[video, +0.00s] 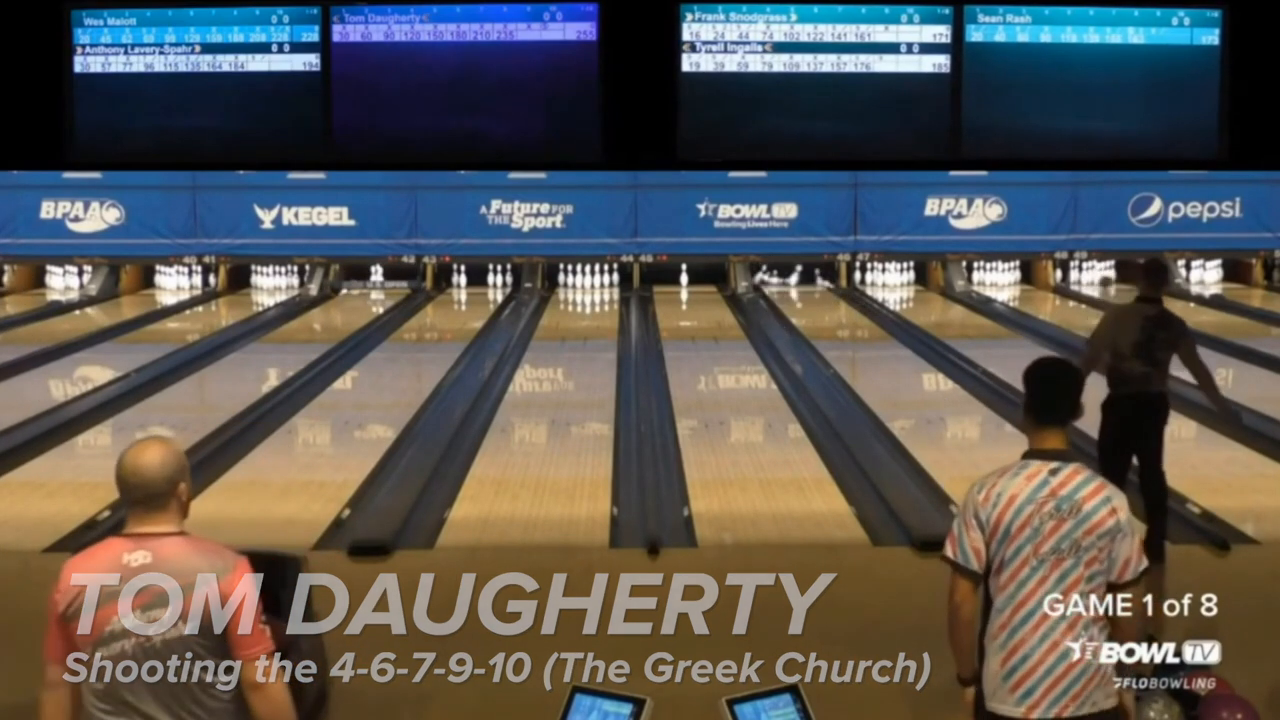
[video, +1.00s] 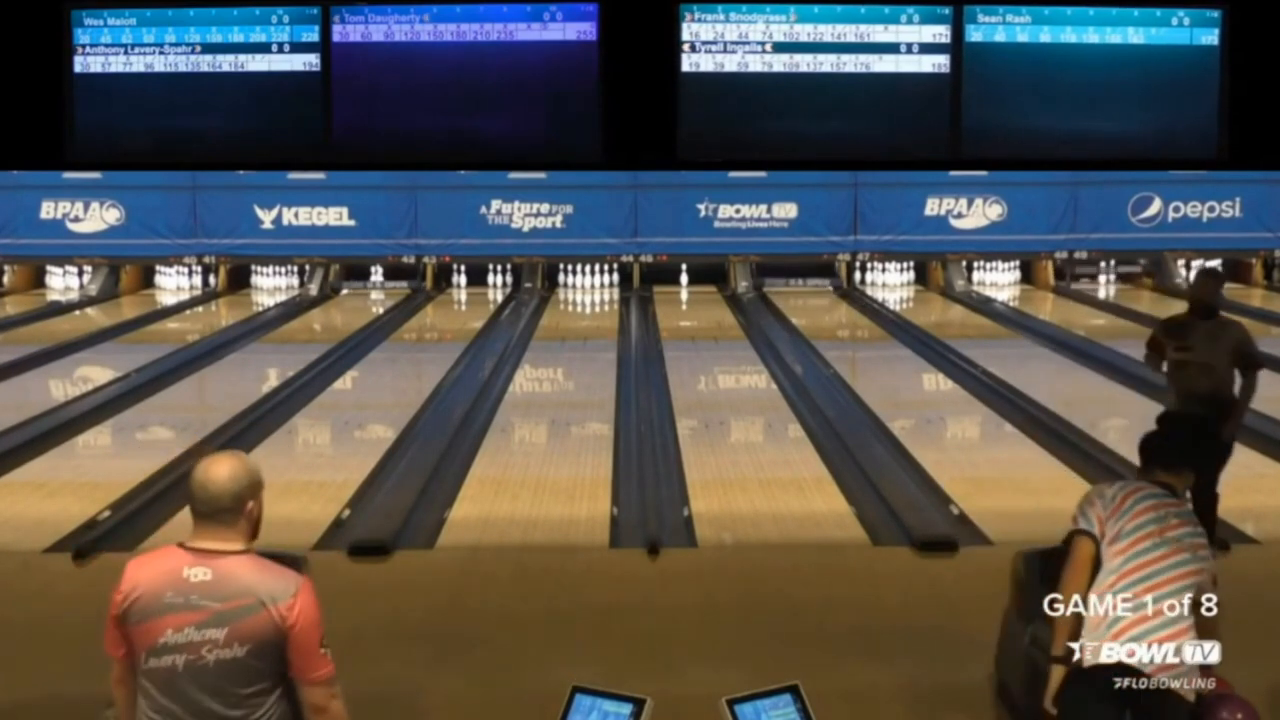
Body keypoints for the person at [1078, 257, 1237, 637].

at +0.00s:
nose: (1144, 284)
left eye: (1142, 278)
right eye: (1154, 279)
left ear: (1139, 281)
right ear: (1166, 284)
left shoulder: (1117, 317)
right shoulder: (1173, 324)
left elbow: (1088, 360)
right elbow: (1197, 368)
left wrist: (1071, 393)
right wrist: (1218, 401)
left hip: (1119, 407)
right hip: (1155, 407)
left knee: (1111, 475)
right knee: (1152, 474)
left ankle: (1108, 540)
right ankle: (1155, 545)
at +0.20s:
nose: (1159, 285)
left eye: (1153, 279)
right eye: (1168, 280)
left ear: (1149, 282)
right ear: (1176, 283)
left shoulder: (1130, 316)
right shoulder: (1186, 321)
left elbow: (1111, 357)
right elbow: (1211, 364)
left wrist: (1109, 392)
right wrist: (1205, 389)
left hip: (1132, 402)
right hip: (1168, 404)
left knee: (1119, 464)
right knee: (1159, 471)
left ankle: (1108, 524)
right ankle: (1158, 533)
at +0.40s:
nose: (1150, 284)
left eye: (1153, 279)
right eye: (1152, 279)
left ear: (1158, 283)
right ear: (1180, 283)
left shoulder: (1148, 319)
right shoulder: (1191, 319)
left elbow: (1136, 358)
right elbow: (1208, 357)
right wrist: (1177, 361)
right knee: (1158, 460)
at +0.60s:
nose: (1158, 280)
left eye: (1165, 277)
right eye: (1161, 276)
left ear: (1176, 285)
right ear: (1188, 287)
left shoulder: (1170, 323)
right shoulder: (1189, 319)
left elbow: (1156, 357)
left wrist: (1144, 350)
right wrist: (1151, 350)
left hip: (1165, 405)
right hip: (1182, 403)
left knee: (1156, 468)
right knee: (1169, 469)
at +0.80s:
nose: (1189, 294)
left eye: (1197, 289)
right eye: (1187, 287)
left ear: (1209, 294)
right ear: (1182, 288)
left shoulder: (1220, 331)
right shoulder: (1165, 325)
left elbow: (1233, 377)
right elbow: (1152, 361)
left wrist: (1212, 415)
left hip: (1205, 417)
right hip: (1170, 413)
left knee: (1195, 480)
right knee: (1164, 473)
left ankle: (1201, 533)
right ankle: (1165, 528)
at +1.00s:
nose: (1204, 296)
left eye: (1212, 290)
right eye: (1200, 288)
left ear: (1220, 294)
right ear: (1191, 291)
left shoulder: (1234, 332)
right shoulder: (1172, 327)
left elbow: (1249, 376)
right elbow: (1152, 360)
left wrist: (1236, 418)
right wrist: (1169, 376)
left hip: (1217, 419)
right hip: (1179, 416)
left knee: (1204, 484)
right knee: (1168, 477)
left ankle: (1206, 538)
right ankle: (1163, 531)